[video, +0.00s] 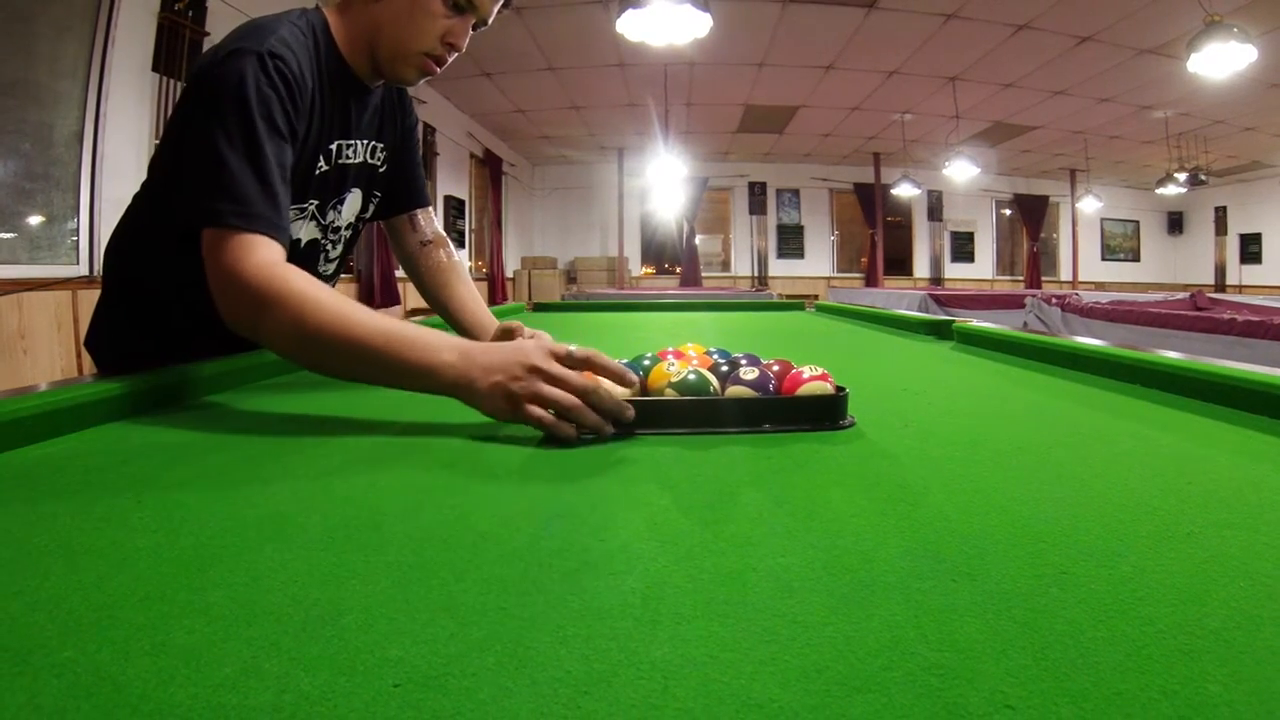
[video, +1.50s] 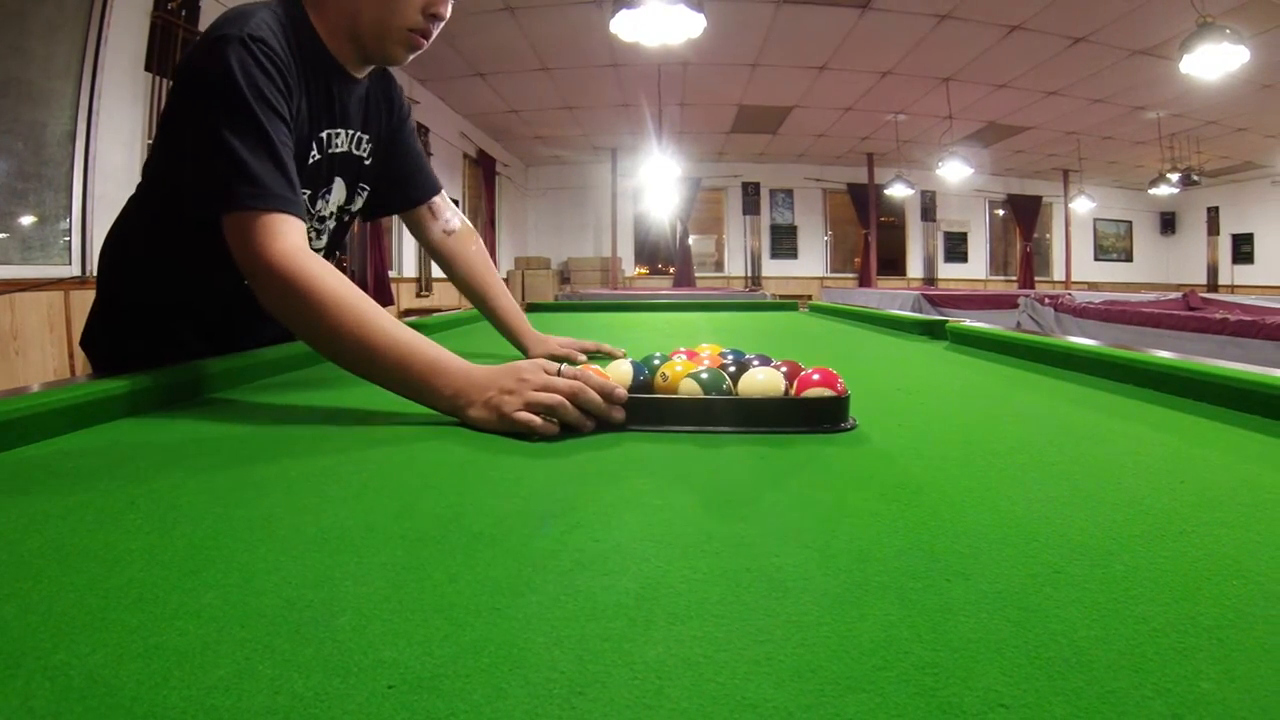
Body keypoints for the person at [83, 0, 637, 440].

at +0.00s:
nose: (462, 43)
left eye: (475, 29)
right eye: (458, 11)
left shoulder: (388, 98)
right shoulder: (262, 63)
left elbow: (423, 241)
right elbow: (248, 281)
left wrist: (491, 336)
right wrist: (465, 368)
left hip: (269, 351)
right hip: (159, 359)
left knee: (250, 550)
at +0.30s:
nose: (463, 39)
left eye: (476, 22)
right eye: (459, 7)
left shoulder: (390, 95)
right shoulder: (264, 62)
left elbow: (423, 240)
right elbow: (256, 283)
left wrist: (492, 336)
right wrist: (466, 381)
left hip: (269, 352)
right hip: (159, 360)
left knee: (248, 551)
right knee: (148, 560)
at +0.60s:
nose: (461, 31)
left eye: (470, 14)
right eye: (453, 2)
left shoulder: (389, 101)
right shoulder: (260, 63)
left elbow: (421, 239)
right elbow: (281, 284)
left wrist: (489, 333)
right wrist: (493, 373)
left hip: (275, 355)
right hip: (162, 362)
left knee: (252, 554)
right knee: (146, 564)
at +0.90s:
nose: (460, 24)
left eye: (469, 9)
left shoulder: (385, 99)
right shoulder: (261, 64)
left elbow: (420, 239)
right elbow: (276, 285)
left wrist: (487, 334)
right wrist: (485, 375)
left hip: (267, 353)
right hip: (156, 359)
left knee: (245, 549)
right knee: (142, 560)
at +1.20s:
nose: (447, 17)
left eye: (455, 4)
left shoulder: (378, 93)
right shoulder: (255, 51)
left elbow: (418, 234)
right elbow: (271, 266)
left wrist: (485, 334)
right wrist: (463, 386)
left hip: (268, 352)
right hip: (156, 355)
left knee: (246, 545)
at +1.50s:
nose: (441, 14)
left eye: (450, 1)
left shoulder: (378, 87)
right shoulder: (247, 50)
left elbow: (442, 222)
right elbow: (273, 258)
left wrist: (527, 335)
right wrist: (467, 384)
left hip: (271, 348)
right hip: (158, 353)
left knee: (255, 540)